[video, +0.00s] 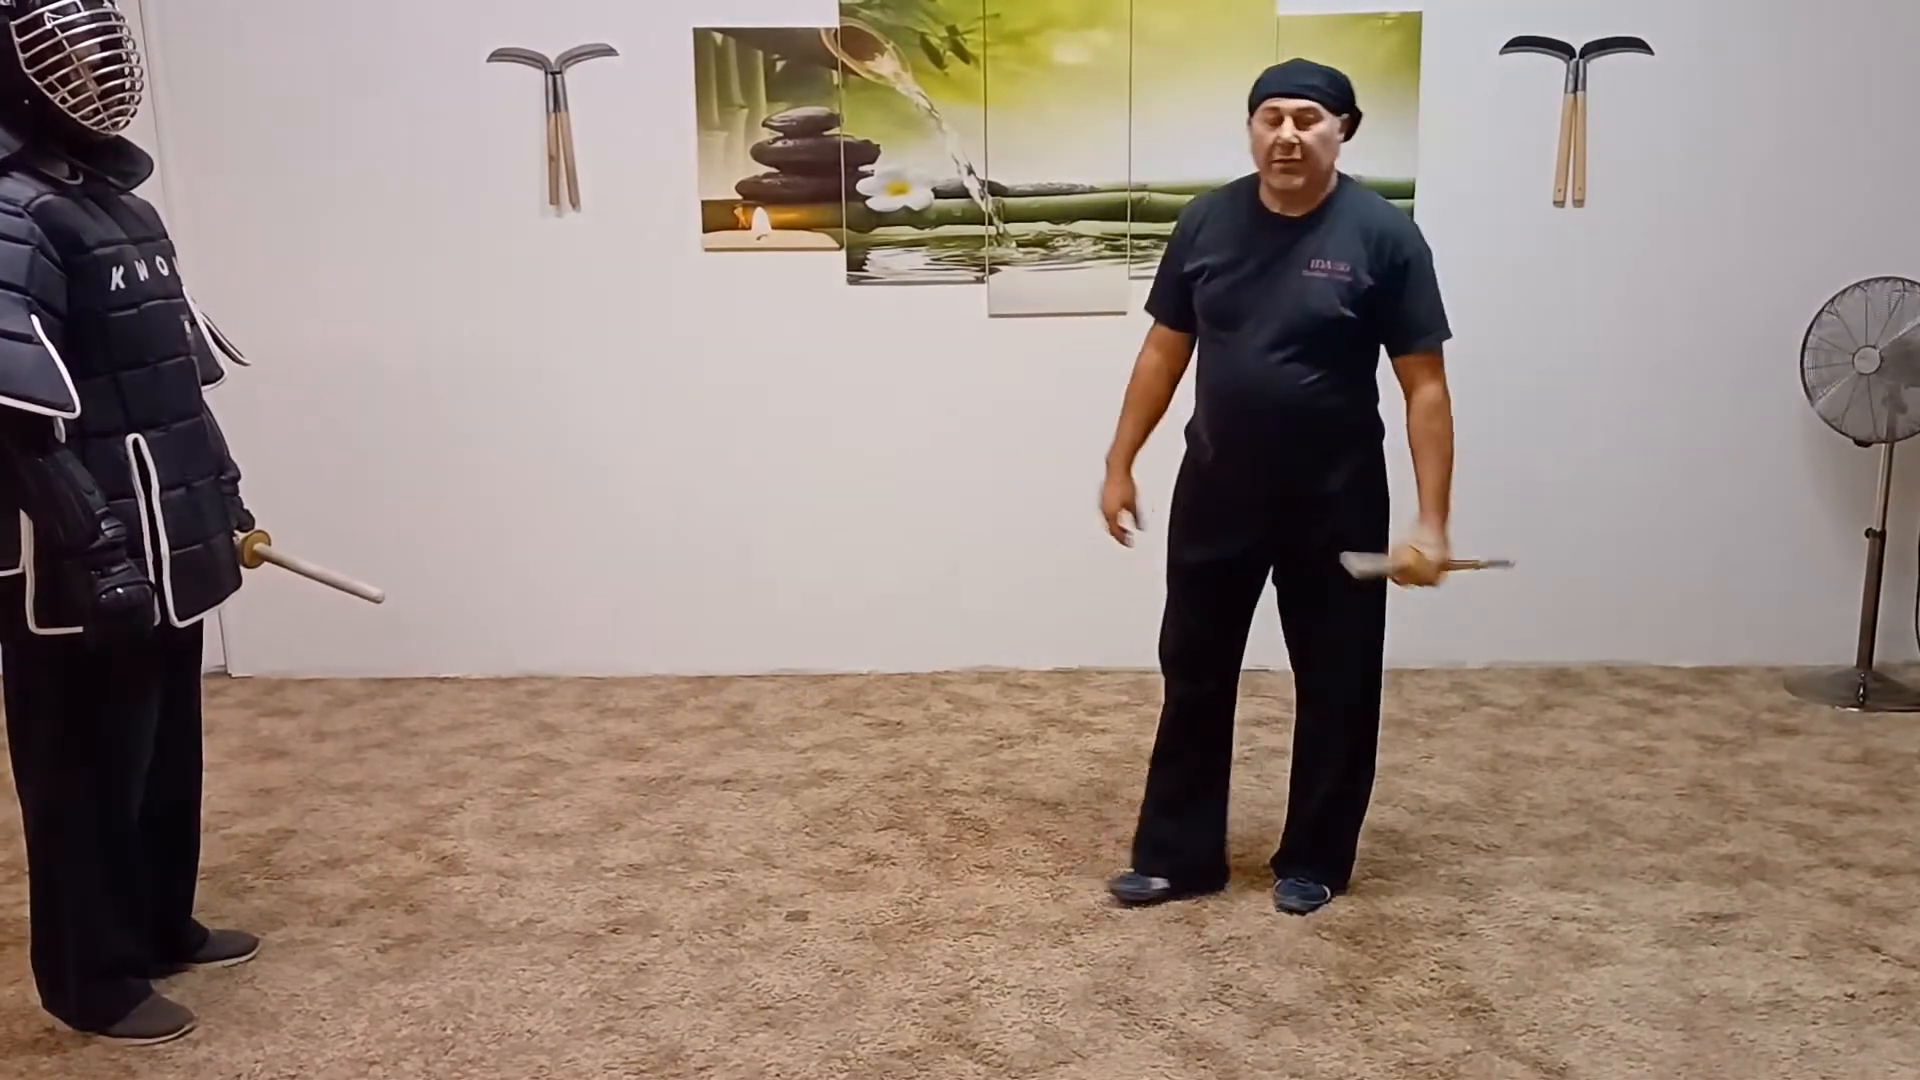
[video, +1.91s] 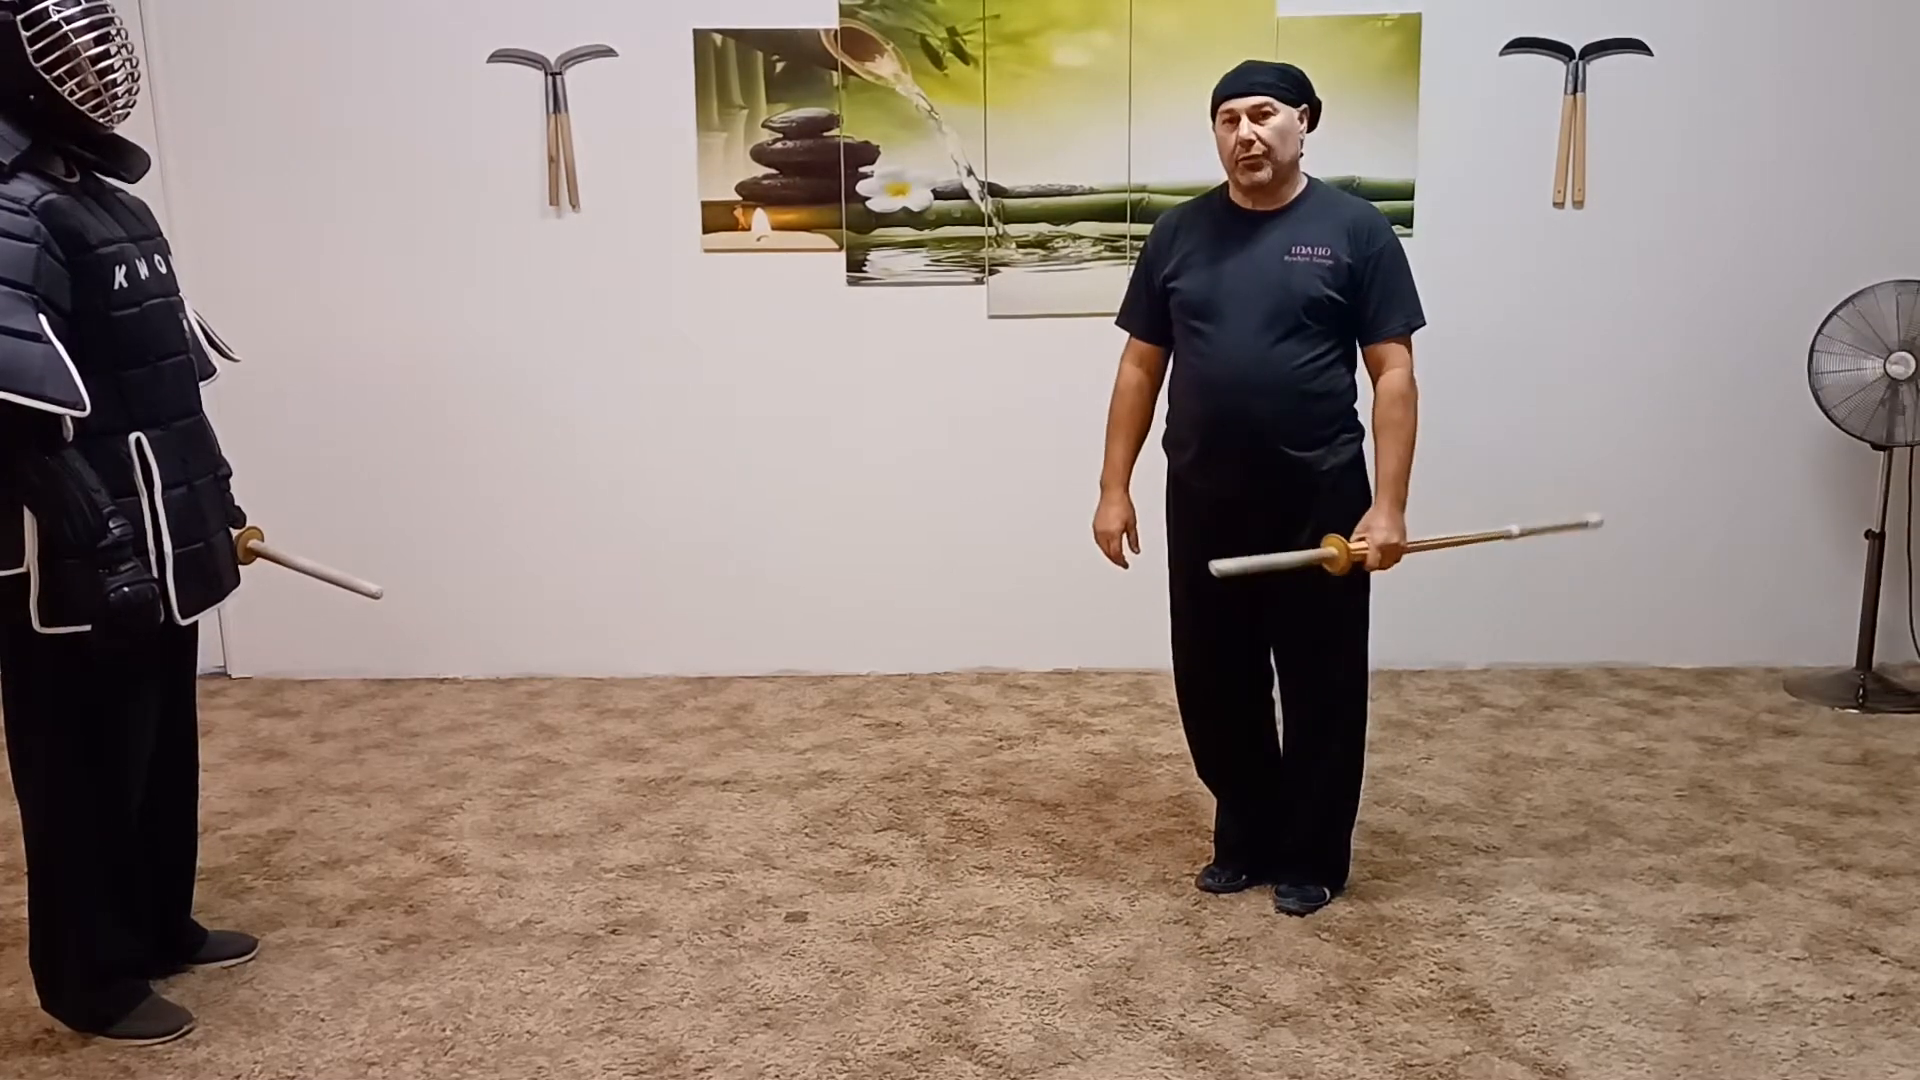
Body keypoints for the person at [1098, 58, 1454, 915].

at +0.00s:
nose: (1287, 136)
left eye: (1307, 120)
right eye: (1271, 119)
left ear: (1342, 134)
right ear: (1249, 132)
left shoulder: (1384, 238)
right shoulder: (1207, 223)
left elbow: (1424, 385)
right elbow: (1165, 346)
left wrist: (1430, 518)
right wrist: (1119, 460)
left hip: (1335, 498)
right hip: (1218, 487)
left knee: (1337, 689)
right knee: (1192, 678)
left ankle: (1313, 863)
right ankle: (1178, 858)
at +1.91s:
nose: (1245, 129)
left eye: (1264, 114)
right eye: (1230, 118)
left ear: (1304, 127)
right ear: (1215, 137)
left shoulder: (1356, 230)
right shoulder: (1178, 233)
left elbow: (1393, 371)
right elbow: (1141, 364)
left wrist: (1389, 502)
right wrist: (1113, 486)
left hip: (1318, 494)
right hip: (1204, 495)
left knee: (1323, 685)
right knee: (1213, 682)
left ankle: (1316, 859)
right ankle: (1245, 839)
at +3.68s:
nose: (1192, 176)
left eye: (1202, 153)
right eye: (1185, 161)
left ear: (1258, 137)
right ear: (1227, 153)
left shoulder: (1349, 220)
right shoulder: (1227, 243)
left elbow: (1411, 368)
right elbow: (1206, 367)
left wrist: (1358, 503)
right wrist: (1149, 484)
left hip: (1355, 509)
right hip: (1255, 509)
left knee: (1407, 710)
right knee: (1240, 685)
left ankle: (1443, 918)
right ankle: (1257, 842)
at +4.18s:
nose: (1304, 171)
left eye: (1316, 150)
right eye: (1301, 153)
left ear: (1376, 140)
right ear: (1360, 148)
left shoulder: (1458, 236)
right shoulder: (1343, 231)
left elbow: (1497, 401)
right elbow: (1273, 335)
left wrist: (1374, 499)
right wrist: (1232, 428)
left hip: (1453, 516)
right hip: (1355, 512)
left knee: (1459, 727)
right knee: (1360, 708)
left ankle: (1459, 933)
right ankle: (1373, 885)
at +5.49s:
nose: (1322, 164)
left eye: (1335, 145)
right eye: (1323, 147)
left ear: (1392, 143)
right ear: (1383, 147)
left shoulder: (1461, 240)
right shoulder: (1368, 241)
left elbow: (1525, 390)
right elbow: (1271, 336)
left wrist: (1390, 473)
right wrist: (1190, 414)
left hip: (1423, 528)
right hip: (1353, 517)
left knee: (1415, 726)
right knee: (1306, 683)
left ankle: (1453, 932)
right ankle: (1241, 828)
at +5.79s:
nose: (1248, 162)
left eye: (1263, 143)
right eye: (1249, 147)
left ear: (1322, 146)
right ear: (1298, 154)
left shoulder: (1390, 233)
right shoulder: (1283, 245)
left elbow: (1482, 352)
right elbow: (1170, 304)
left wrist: (1384, 476)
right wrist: (1064, 352)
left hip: (1372, 525)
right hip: (1300, 517)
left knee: (1392, 732)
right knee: (1261, 690)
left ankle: (1453, 931)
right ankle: (1216, 845)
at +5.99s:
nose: (1203, 176)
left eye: (1216, 158)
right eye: (1200, 164)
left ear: (1273, 154)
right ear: (1250, 164)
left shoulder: (1343, 232)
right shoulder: (1231, 251)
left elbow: (1449, 335)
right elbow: (1123, 287)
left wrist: (1391, 478)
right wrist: (1012, 322)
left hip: (1350, 525)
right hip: (1272, 521)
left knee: (1392, 728)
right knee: (1229, 674)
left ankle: (1456, 929)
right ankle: (1209, 845)